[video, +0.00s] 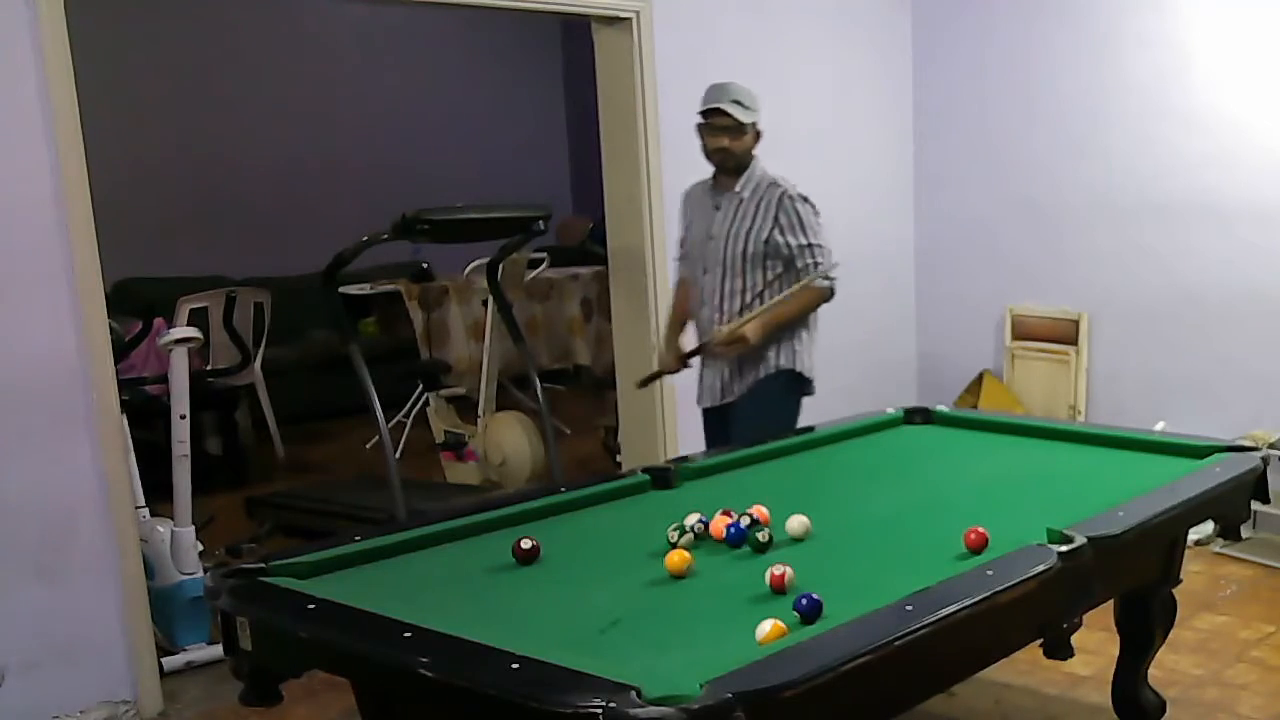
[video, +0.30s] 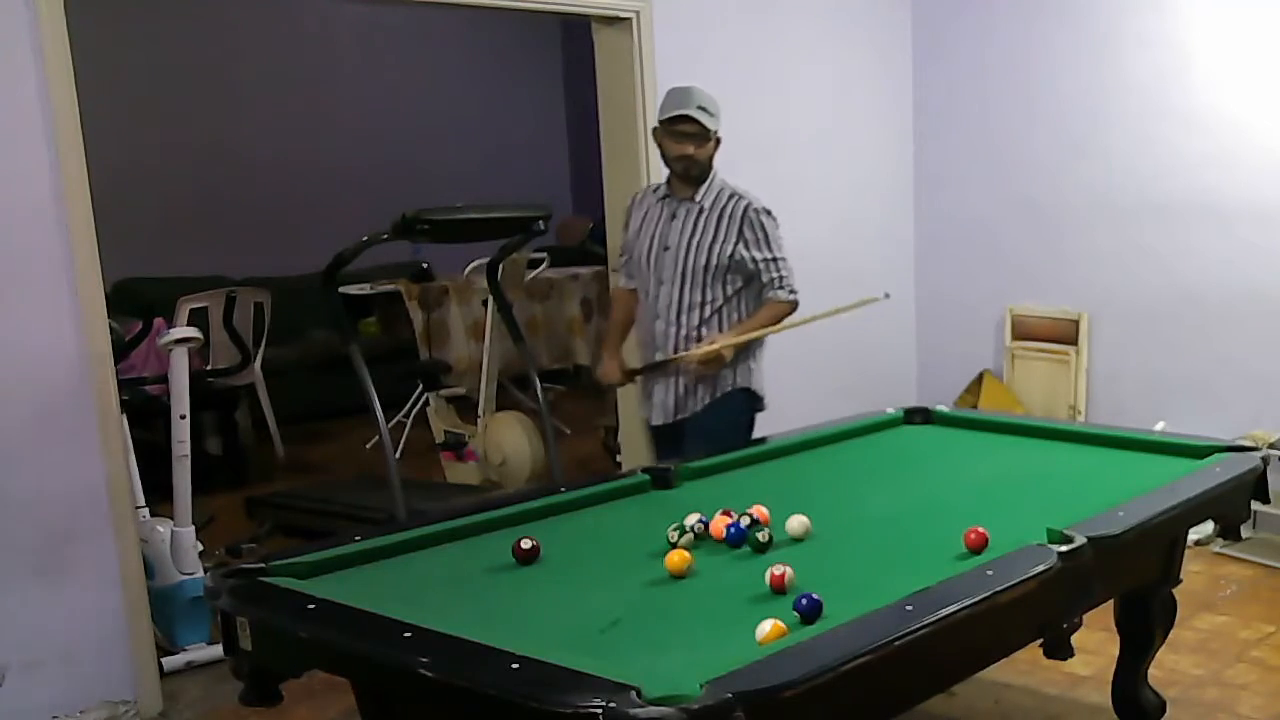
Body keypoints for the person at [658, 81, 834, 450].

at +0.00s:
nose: (721, 143)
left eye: (734, 133)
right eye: (712, 132)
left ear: (755, 136)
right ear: (700, 136)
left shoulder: (784, 201)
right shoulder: (696, 199)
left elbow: (820, 284)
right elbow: (690, 275)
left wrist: (759, 328)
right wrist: (672, 337)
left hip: (770, 374)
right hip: (716, 378)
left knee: (758, 492)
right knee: (725, 493)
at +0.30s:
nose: (689, 150)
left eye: (699, 139)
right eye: (678, 138)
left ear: (716, 143)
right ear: (658, 139)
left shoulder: (745, 214)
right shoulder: (643, 208)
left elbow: (784, 297)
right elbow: (628, 284)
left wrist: (731, 340)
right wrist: (611, 348)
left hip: (722, 394)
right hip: (661, 396)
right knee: (676, 514)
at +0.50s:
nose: (668, 152)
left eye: (680, 141)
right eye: (657, 139)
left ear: (696, 145)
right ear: (637, 138)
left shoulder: (724, 217)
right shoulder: (612, 202)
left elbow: (763, 301)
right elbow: (597, 278)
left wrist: (711, 347)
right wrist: (585, 350)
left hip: (692, 407)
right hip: (620, 404)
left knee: (688, 530)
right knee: (611, 528)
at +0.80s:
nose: (628, 157)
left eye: (639, 146)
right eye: (616, 144)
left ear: (650, 146)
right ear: (589, 140)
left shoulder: (682, 219)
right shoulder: (555, 206)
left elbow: (719, 305)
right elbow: (541, 283)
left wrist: (674, 353)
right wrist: (539, 359)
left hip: (664, 418)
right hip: (581, 418)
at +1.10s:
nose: (564, 153)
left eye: (574, 139)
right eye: (549, 138)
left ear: (585, 138)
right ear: (517, 134)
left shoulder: (618, 212)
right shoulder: (478, 209)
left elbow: (657, 300)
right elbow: (463, 295)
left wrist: (629, 358)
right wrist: (470, 377)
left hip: (607, 421)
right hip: (520, 426)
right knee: (536, 552)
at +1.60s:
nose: (525, 166)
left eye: (534, 152)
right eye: (510, 151)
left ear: (544, 147)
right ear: (469, 141)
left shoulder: (572, 227)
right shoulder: (415, 217)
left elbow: (600, 323)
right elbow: (384, 304)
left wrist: (580, 387)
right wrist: (401, 395)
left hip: (549, 443)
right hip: (459, 445)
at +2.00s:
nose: (519, 187)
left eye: (527, 172)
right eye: (503, 171)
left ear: (535, 168)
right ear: (457, 160)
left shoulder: (551, 248)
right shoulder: (392, 213)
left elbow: (587, 343)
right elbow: (336, 265)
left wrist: (604, 422)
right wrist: (340, 365)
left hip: (519, 449)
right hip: (421, 447)